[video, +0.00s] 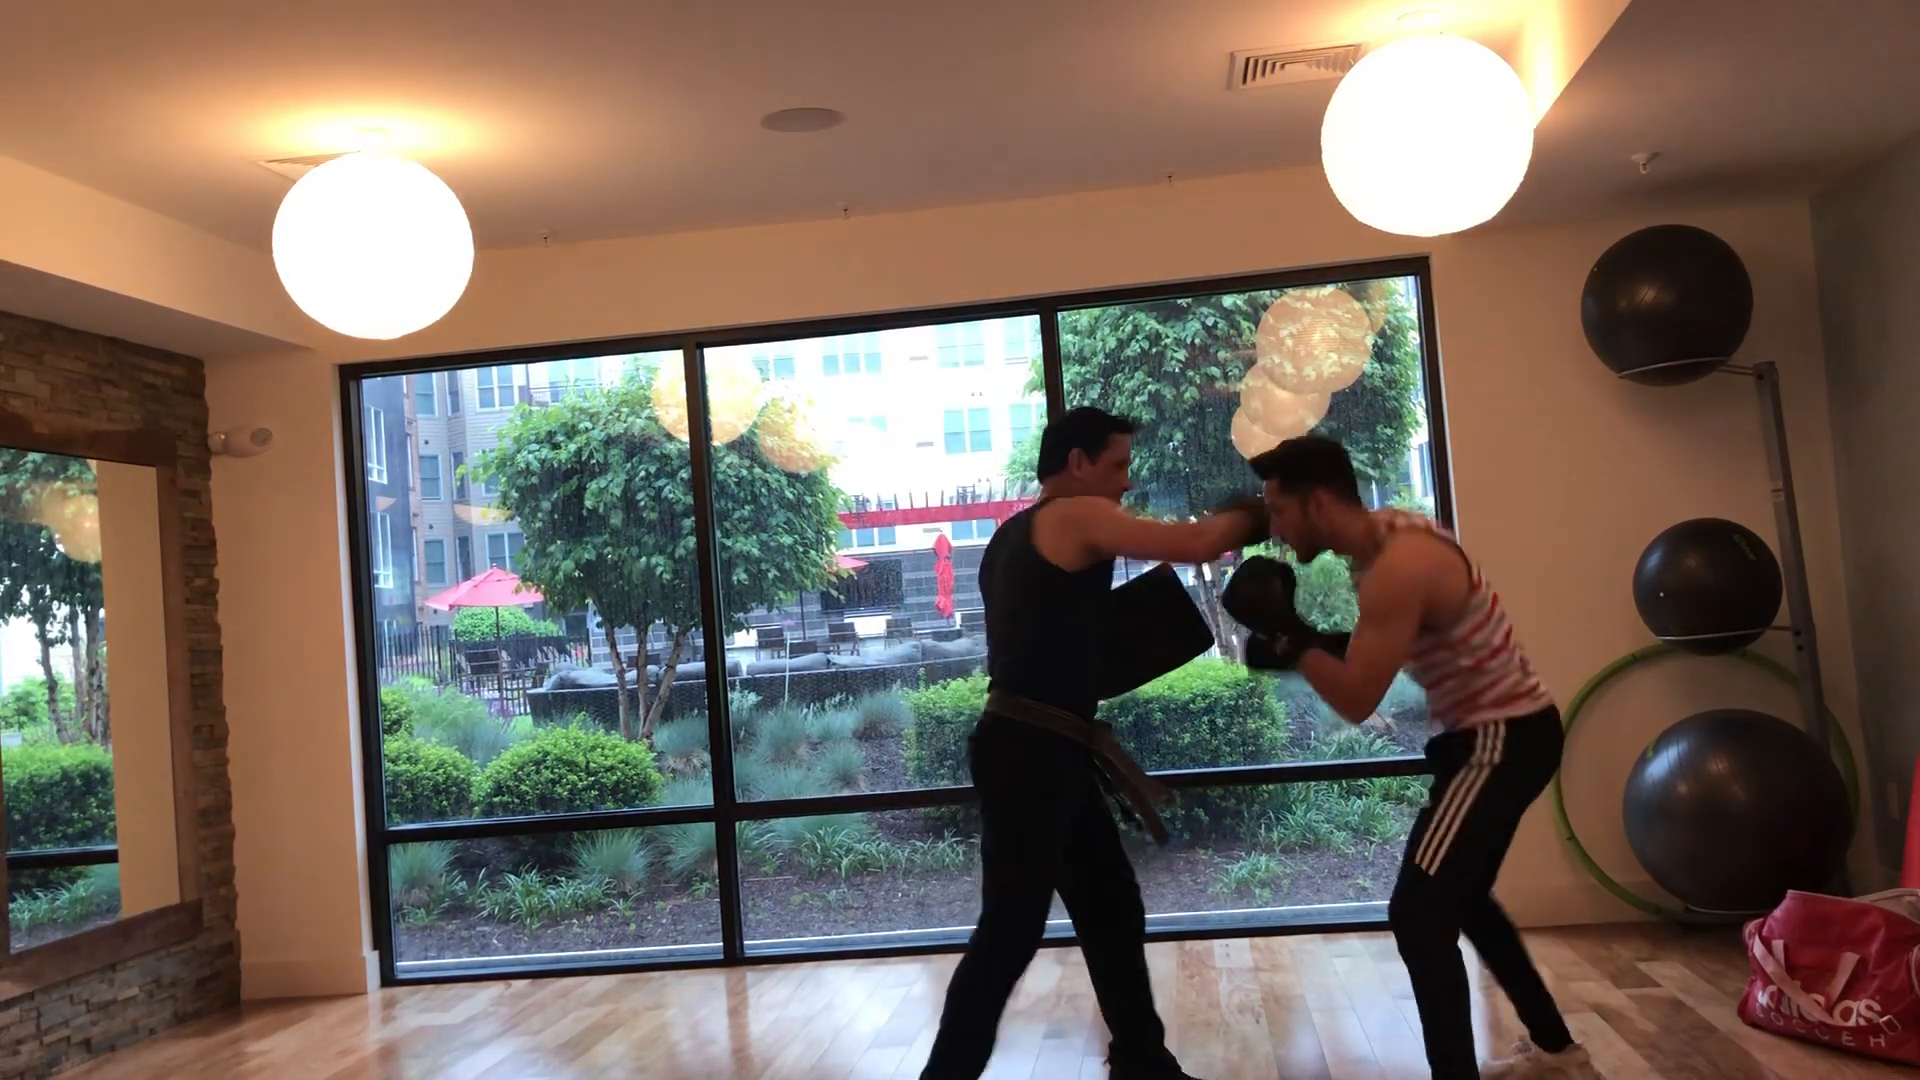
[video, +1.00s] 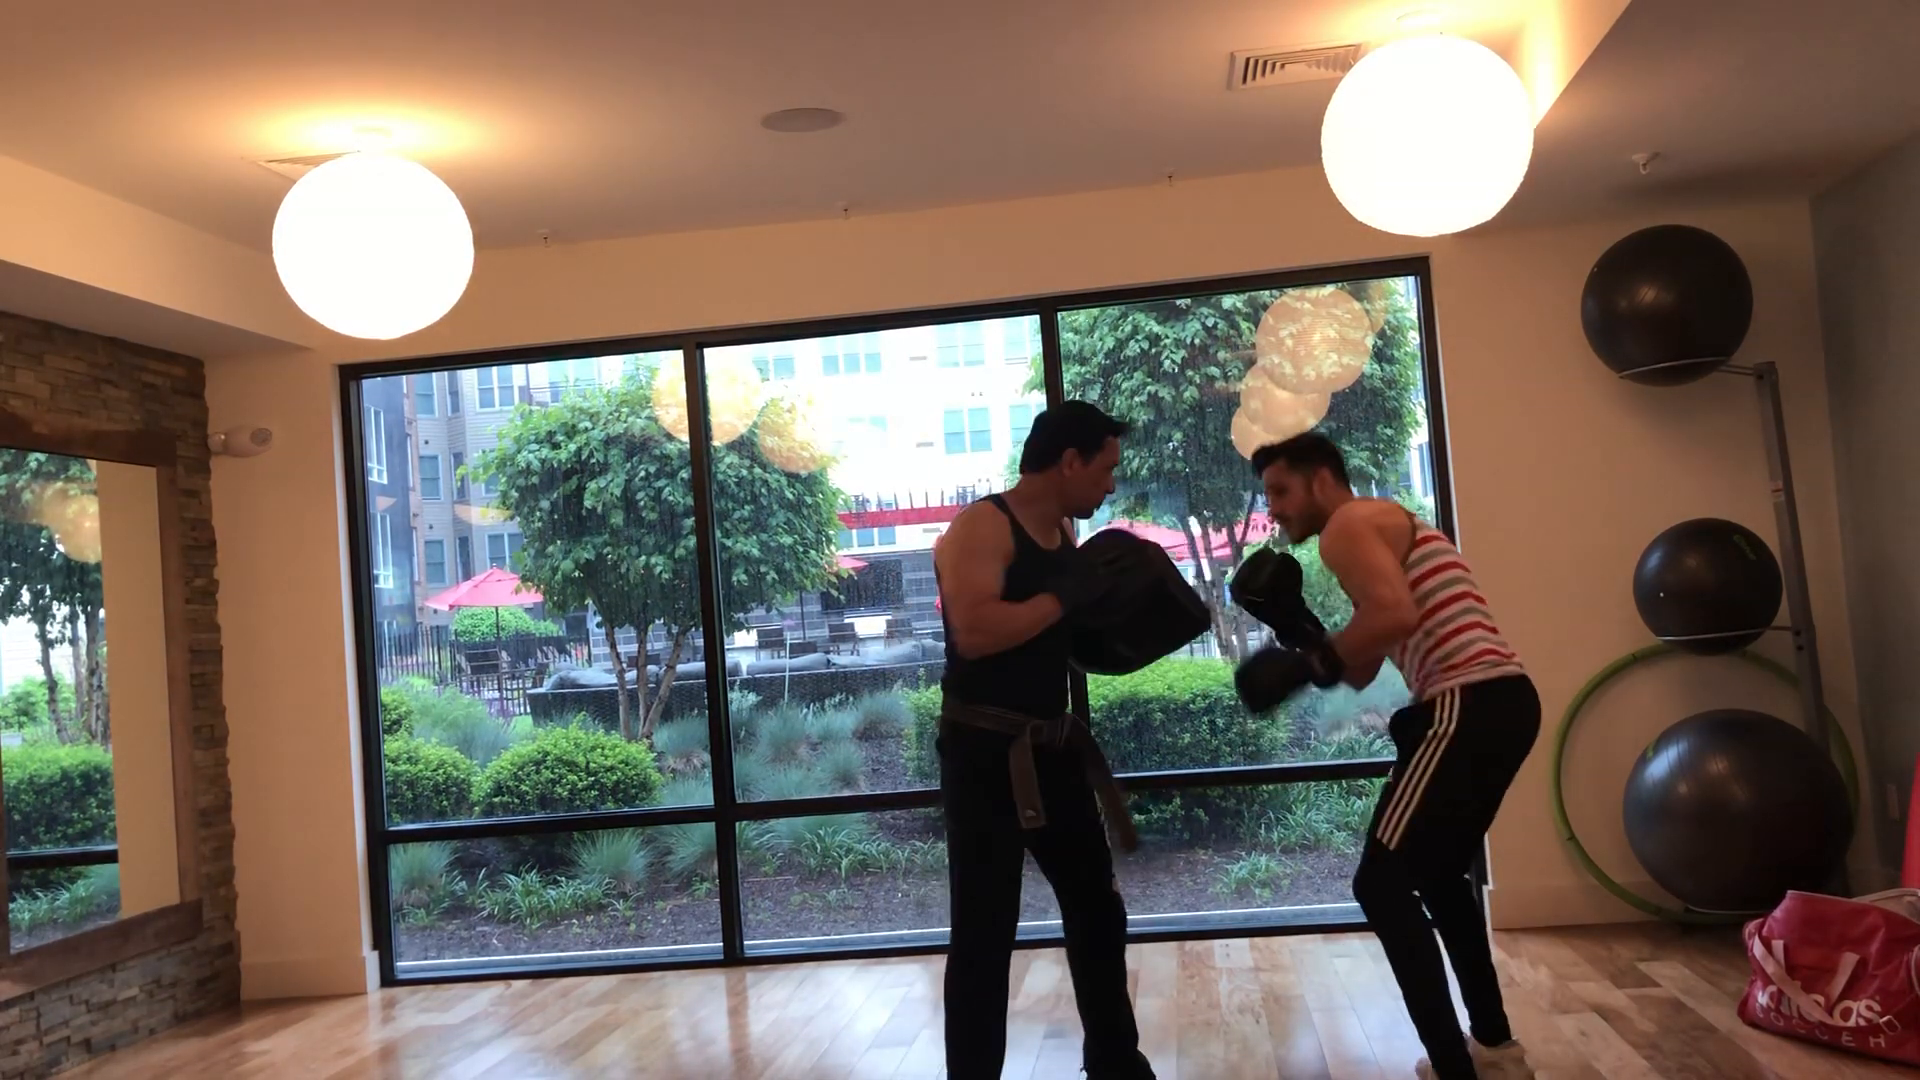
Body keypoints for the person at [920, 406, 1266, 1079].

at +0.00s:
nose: (1127, 481)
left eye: (1127, 467)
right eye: (1118, 467)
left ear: (1067, 467)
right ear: (1077, 463)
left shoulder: (1016, 536)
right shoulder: (1075, 518)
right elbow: (1196, 543)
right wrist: (1260, 510)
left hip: (1038, 747)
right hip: (1032, 750)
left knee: (1112, 913)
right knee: (1009, 934)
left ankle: (1142, 1061)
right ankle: (947, 1073)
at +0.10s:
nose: (1136, 482)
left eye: (1137, 468)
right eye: (1125, 469)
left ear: (1074, 472)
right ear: (1079, 468)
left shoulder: (1018, 539)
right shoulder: (1099, 527)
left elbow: (1032, 666)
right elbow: (1208, 538)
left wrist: (1095, 746)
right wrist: (1302, 526)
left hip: (1023, 745)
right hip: (1032, 751)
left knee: (1106, 906)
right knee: (1001, 937)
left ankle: (1138, 1059)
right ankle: (944, 1073)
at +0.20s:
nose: (1139, 488)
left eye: (1141, 475)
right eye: (1128, 474)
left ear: (1077, 476)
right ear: (1082, 470)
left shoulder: (1027, 538)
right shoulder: (1094, 536)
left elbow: (1134, 600)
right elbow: (1183, 603)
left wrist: (1233, 596)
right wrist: (1266, 588)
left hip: (1024, 745)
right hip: (1038, 751)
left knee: (1112, 904)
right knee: (1022, 932)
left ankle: (1142, 1061)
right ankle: (968, 1072)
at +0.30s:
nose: (1134, 488)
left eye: (1137, 475)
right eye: (1123, 474)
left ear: (1074, 477)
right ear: (1076, 471)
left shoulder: (1037, 537)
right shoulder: (1067, 543)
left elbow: (1078, 646)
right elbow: (1106, 662)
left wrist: (1158, 625)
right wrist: (1195, 648)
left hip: (1045, 746)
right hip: (1032, 752)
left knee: (1123, 901)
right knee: (1043, 926)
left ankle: (1142, 1059)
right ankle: (985, 1075)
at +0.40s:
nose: (1124, 482)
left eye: (1127, 468)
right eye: (1113, 467)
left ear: (1076, 469)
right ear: (1066, 465)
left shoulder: (1065, 545)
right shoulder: (1029, 540)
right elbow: (1000, 647)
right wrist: (1096, 675)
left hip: (1053, 746)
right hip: (1012, 749)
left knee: (1119, 908)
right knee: (1024, 931)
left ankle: (1144, 1060)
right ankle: (983, 1074)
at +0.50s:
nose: (1110, 473)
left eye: (1112, 460)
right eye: (1099, 460)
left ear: (1063, 462)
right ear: (1049, 460)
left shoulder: (1085, 536)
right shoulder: (998, 535)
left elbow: (1127, 562)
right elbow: (929, 629)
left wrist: (1157, 540)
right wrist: (1024, 673)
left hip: (1045, 740)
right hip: (980, 744)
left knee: (1090, 906)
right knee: (978, 927)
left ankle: (1142, 1063)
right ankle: (965, 1072)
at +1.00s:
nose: (1111, 486)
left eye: (1114, 471)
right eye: (1108, 469)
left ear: (1070, 463)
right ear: (1069, 461)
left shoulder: (1061, 537)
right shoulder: (977, 527)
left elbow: (1068, 637)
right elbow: (971, 633)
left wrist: (1120, 593)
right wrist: (1071, 594)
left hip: (1056, 741)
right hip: (983, 744)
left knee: (1097, 916)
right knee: (984, 929)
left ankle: (1116, 1067)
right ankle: (973, 1074)